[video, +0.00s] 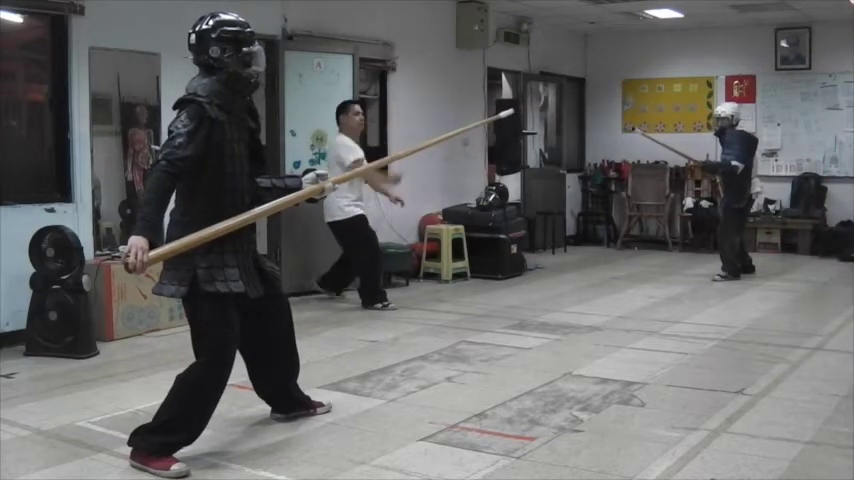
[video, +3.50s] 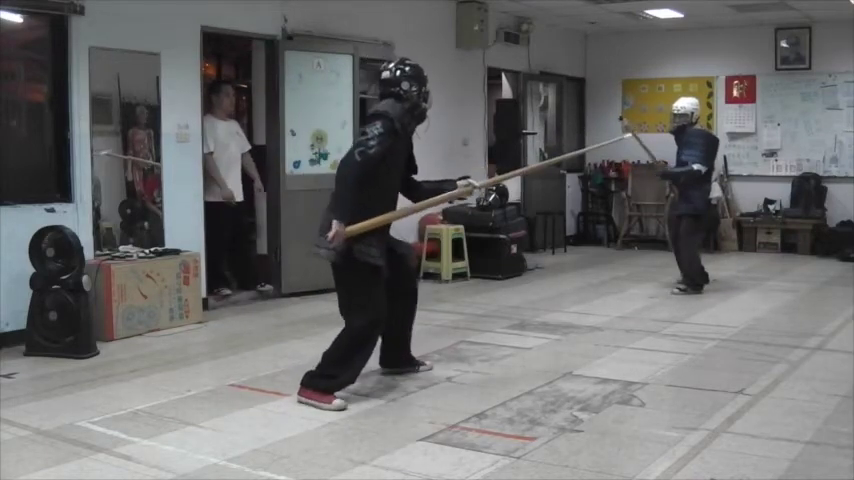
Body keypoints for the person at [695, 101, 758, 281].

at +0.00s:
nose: (718, 123)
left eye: (722, 119)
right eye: (717, 119)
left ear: (732, 120)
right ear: (718, 120)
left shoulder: (737, 137)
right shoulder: (728, 138)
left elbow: (734, 166)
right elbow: (728, 164)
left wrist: (705, 166)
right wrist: (705, 166)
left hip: (737, 193)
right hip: (734, 192)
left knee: (727, 230)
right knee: (732, 229)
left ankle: (731, 270)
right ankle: (744, 263)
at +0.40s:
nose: (711, 122)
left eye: (715, 118)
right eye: (710, 118)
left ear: (726, 119)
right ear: (710, 119)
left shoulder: (731, 138)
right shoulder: (719, 138)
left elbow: (725, 168)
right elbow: (721, 164)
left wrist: (698, 163)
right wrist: (702, 166)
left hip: (728, 194)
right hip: (725, 193)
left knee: (722, 230)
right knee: (731, 227)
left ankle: (727, 273)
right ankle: (743, 260)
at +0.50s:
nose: (708, 120)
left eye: (712, 116)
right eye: (707, 116)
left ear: (723, 117)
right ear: (707, 117)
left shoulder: (729, 136)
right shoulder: (715, 135)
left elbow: (721, 166)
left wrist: (696, 161)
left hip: (728, 194)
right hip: (721, 193)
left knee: (723, 230)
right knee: (721, 229)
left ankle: (727, 272)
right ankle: (734, 260)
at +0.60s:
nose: (703, 120)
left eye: (707, 115)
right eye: (701, 115)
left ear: (718, 116)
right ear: (700, 115)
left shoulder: (724, 134)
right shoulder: (712, 134)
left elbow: (717, 162)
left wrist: (688, 158)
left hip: (727, 194)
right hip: (718, 193)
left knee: (722, 232)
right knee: (714, 230)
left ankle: (727, 273)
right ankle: (717, 265)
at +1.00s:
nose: (686, 125)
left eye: (690, 120)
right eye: (685, 120)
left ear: (701, 120)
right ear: (685, 120)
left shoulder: (709, 138)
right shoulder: (693, 139)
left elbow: (701, 170)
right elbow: (695, 167)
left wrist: (672, 168)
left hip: (707, 197)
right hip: (695, 197)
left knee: (699, 234)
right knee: (685, 235)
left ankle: (715, 268)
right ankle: (693, 275)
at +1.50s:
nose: (672, 135)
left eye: (677, 130)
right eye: (670, 130)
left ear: (688, 130)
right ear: (666, 130)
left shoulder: (692, 148)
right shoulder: (679, 149)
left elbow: (686, 178)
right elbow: (679, 175)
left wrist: (656, 173)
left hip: (700, 206)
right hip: (690, 205)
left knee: (679, 237)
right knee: (676, 237)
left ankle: (690, 285)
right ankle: (694, 277)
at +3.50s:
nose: (676, 120)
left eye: (681, 116)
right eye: (675, 116)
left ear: (692, 117)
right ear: (673, 115)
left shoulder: (698, 137)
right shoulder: (684, 138)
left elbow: (698, 170)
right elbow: (686, 168)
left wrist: (668, 173)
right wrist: (669, 169)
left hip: (695, 196)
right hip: (684, 195)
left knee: (685, 235)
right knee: (678, 234)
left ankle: (694, 281)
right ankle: (693, 275)